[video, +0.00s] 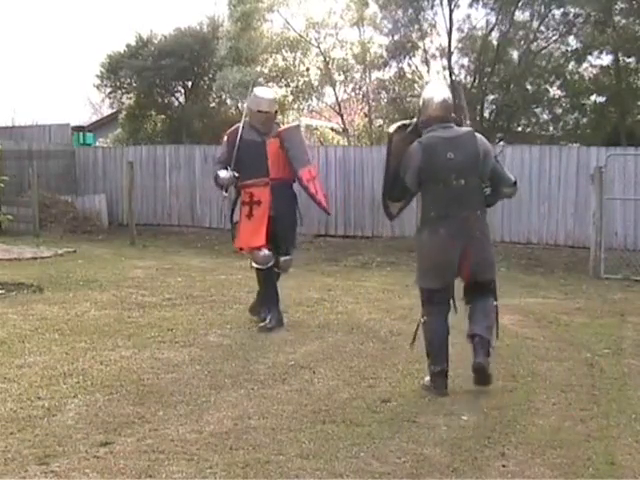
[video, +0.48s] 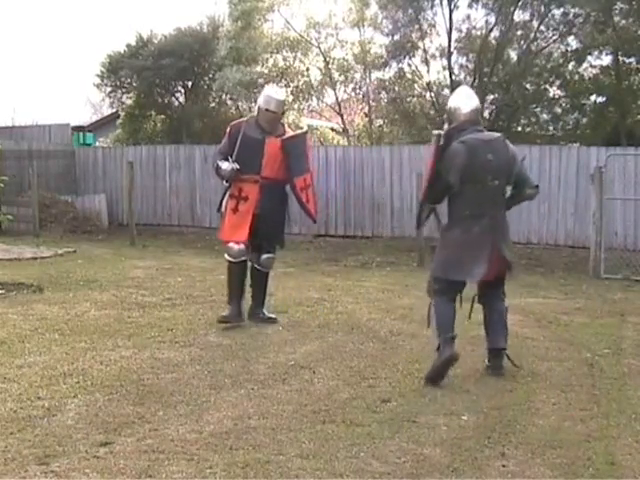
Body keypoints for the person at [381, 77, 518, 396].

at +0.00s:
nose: (422, 120)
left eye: (424, 115)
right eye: (427, 114)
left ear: (425, 119)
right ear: (454, 115)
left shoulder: (419, 148)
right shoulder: (475, 141)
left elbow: (396, 197)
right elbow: (507, 186)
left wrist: (394, 152)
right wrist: (480, 202)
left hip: (435, 232)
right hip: (474, 230)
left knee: (435, 303)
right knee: (482, 292)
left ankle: (438, 377)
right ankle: (481, 354)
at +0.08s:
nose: (425, 117)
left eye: (426, 113)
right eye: (430, 112)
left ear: (428, 116)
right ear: (456, 112)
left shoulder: (422, 148)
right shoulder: (478, 142)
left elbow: (398, 192)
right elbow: (507, 188)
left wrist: (400, 148)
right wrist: (482, 203)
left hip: (437, 230)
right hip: (475, 228)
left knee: (436, 304)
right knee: (485, 292)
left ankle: (438, 378)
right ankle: (488, 361)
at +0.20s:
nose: (433, 120)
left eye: (434, 116)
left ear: (434, 117)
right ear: (462, 116)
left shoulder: (430, 151)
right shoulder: (483, 147)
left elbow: (403, 194)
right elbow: (512, 194)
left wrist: (411, 151)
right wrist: (485, 208)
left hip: (442, 233)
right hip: (479, 232)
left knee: (438, 305)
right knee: (488, 295)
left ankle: (439, 378)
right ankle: (496, 360)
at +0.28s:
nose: (437, 123)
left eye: (439, 119)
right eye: (440, 119)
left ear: (442, 120)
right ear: (468, 119)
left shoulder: (437, 154)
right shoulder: (490, 151)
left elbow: (411, 198)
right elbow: (514, 197)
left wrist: (417, 154)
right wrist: (489, 214)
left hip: (446, 235)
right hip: (483, 234)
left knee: (440, 302)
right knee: (489, 296)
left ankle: (439, 376)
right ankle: (496, 360)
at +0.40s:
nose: (445, 123)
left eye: (447, 119)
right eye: (448, 119)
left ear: (451, 120)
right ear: (474, 117)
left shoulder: (448, 152)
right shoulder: (498, 148)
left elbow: (428, 196)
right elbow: (523, 194)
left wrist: (430, 153)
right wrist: (496, 211)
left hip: (455, 235)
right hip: (490, 234)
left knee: (443, 296)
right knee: (491, 292)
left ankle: (441, 362)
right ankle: (497, 358)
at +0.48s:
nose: (449, 121)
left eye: (450, 116)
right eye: (451, 116)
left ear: (455, 116)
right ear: (478, 114)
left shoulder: (456, 149)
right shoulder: (501, 145)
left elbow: (436, 193)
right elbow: (528, 189)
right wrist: (500, 206)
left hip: (462, 233)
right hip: (495, 232)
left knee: (443, 289)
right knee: (493, 292)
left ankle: (446, 347)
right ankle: (496, 358)